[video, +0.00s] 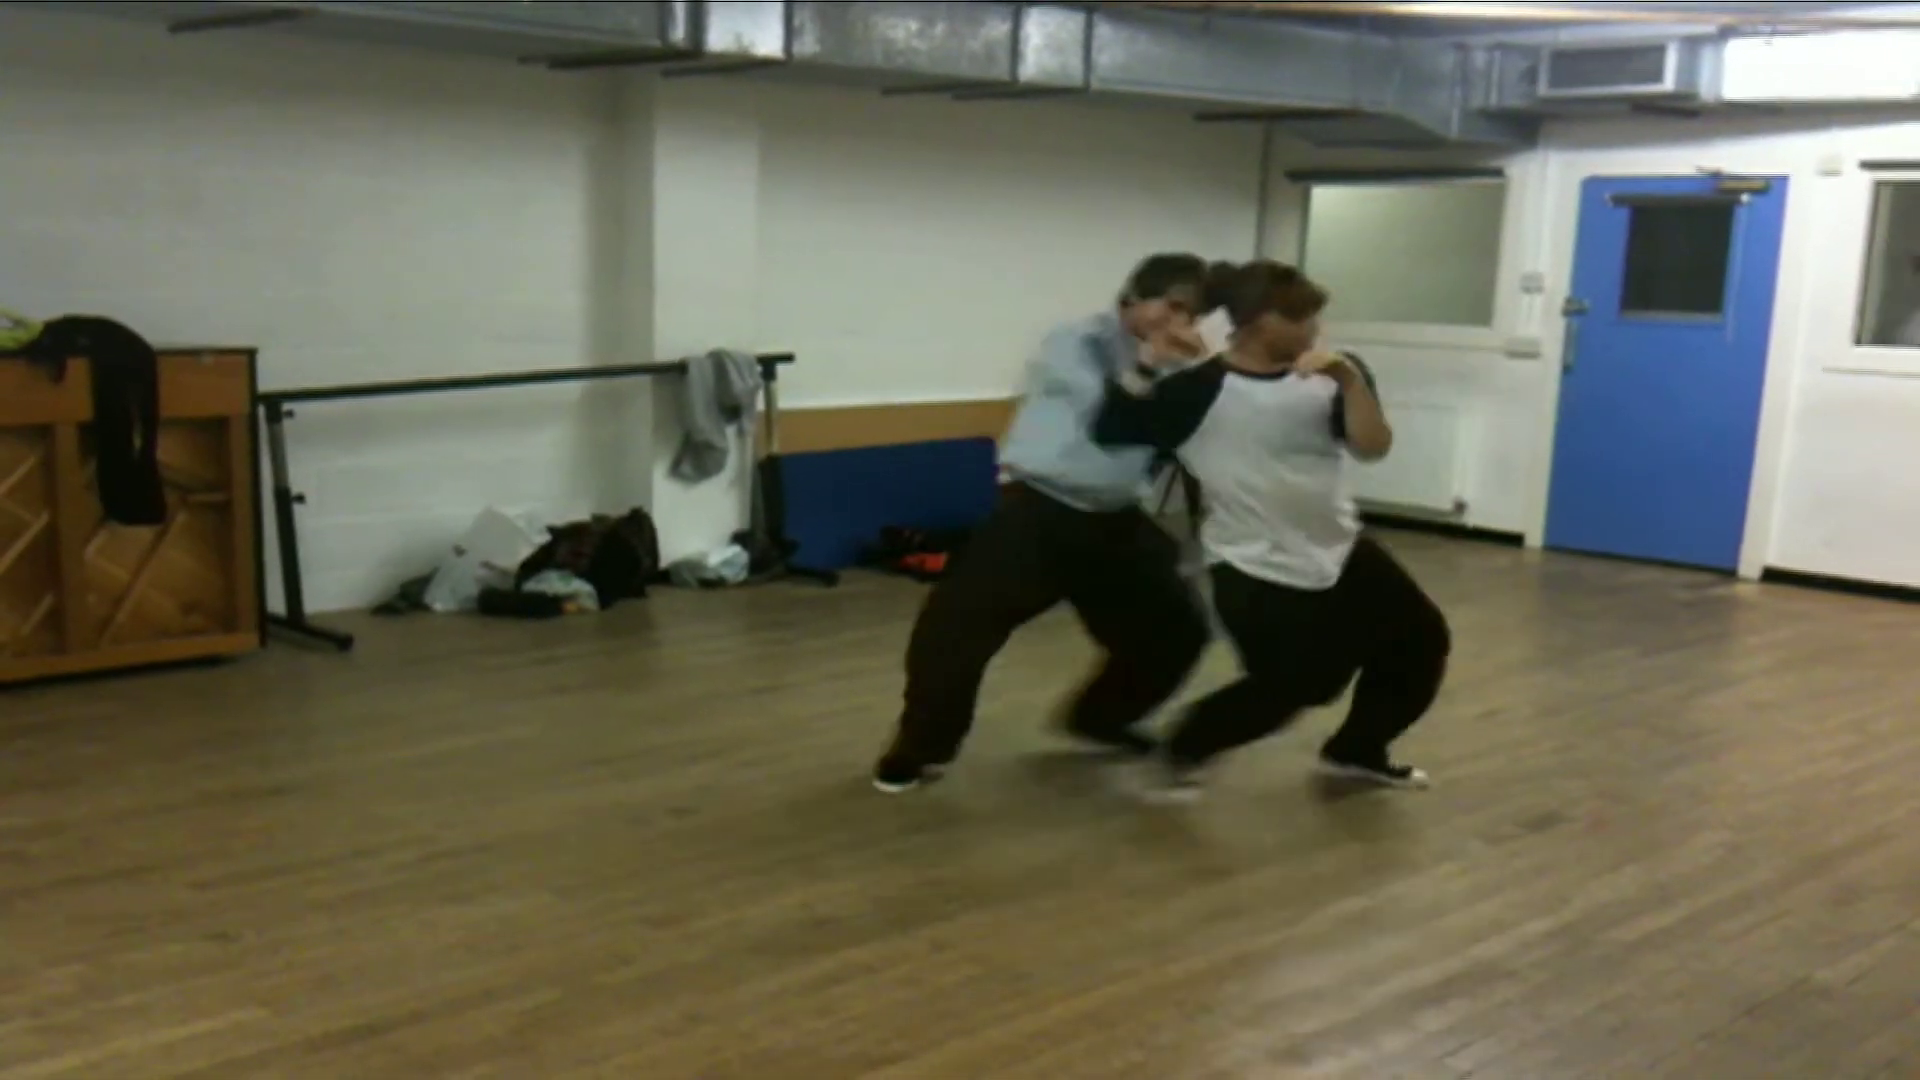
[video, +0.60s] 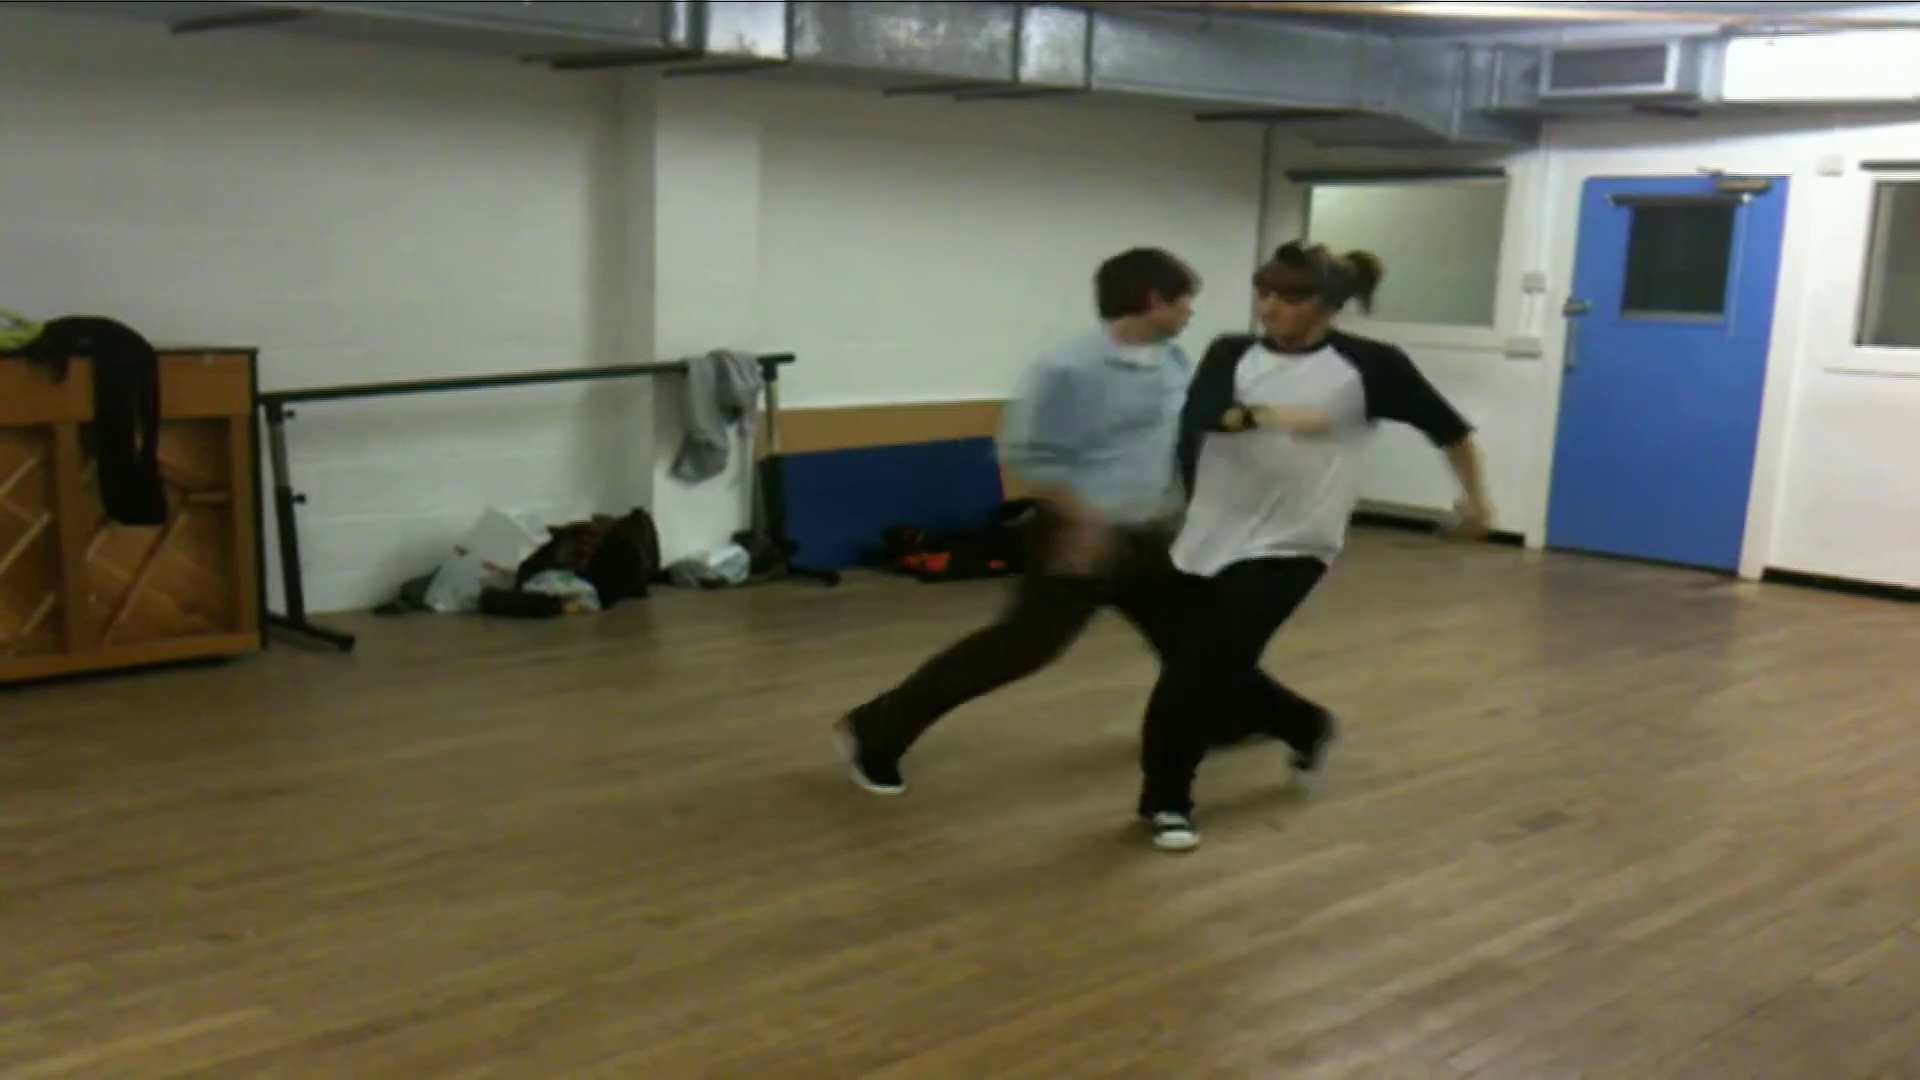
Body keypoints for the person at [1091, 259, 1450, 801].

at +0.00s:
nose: (1311, 330)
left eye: (1312, 318)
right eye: (1299, 318)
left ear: (1270, 324)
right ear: (1260, 322)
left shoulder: (1324, 386)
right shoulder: (1199, 391)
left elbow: (1372, 446)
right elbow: (1108, 428)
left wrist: (1350, 378)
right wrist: (1149, 363)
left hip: (1336, 552)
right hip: (1253, 565)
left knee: (1418, 640)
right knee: (1305, 676)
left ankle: (1358, 751)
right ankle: (1180, 748)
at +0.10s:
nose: (1314, 321)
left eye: (1320, 308)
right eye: (1298, 309)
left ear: (1327, 309)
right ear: (1259, 312)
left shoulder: (1353, 373)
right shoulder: (1214, 381)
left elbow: (1390, 463)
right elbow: (1189, 475)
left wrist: (1357, 424)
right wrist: (1181, 419)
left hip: (1361, 543)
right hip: (1270, 558)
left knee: (1401, 651)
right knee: (1324, 668)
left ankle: (1409, 748)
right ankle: (1309, 739)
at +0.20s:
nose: (1288, 321)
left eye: (1302, 310)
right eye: (1276, 308)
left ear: (1321, 315)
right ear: (1253, 310)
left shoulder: (1359, 373)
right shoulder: (1212, 385)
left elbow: (1444, 444)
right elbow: (1223, 485)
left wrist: (1422, 450)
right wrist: (1216, 454)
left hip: (1357, 549)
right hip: (1267, 566)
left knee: (1390, 659)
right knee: (1308, 675)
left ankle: (1417, 738)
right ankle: (1342, 746)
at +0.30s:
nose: (1261, 324)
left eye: (1278, 314)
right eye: (1255, 312)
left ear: (1314, 325)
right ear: (1246, 314)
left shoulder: (1353, 378)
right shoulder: (1222, 394)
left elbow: (1437, 411)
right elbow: (1204, 490)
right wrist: (1223, 468)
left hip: (1335, 549)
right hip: (1249, 562)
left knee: (1312, 655)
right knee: (1283, 678)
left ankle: (1368, 745)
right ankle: (1336, 757)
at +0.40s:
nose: (1257, 336)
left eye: (1274, 326)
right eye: (1254, 323)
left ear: (1312, 334)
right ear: (1247, 324)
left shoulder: (1351, 386)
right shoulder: (1235, 403)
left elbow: (1478, 426)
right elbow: (1212, 486)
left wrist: (1549, 507)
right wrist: (1230, 457)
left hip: (1329, 553)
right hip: (1243, 566)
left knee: (1249, 643)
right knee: (1261, 680)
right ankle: (1346, 754)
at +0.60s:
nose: (1268, 308)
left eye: (1285, 299)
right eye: (1265, 295)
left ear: (1323, 308)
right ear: (1257, 296)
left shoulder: (1372, 367)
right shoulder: (1230, 355)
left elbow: (1449, 427)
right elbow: (1199, 418)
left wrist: (1474, 499)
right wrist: (1272, 417)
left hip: (1290, 545)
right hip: (1209, 539)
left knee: (1209, 662)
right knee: (1196, 668)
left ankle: (1167, 802)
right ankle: (1303, 726)